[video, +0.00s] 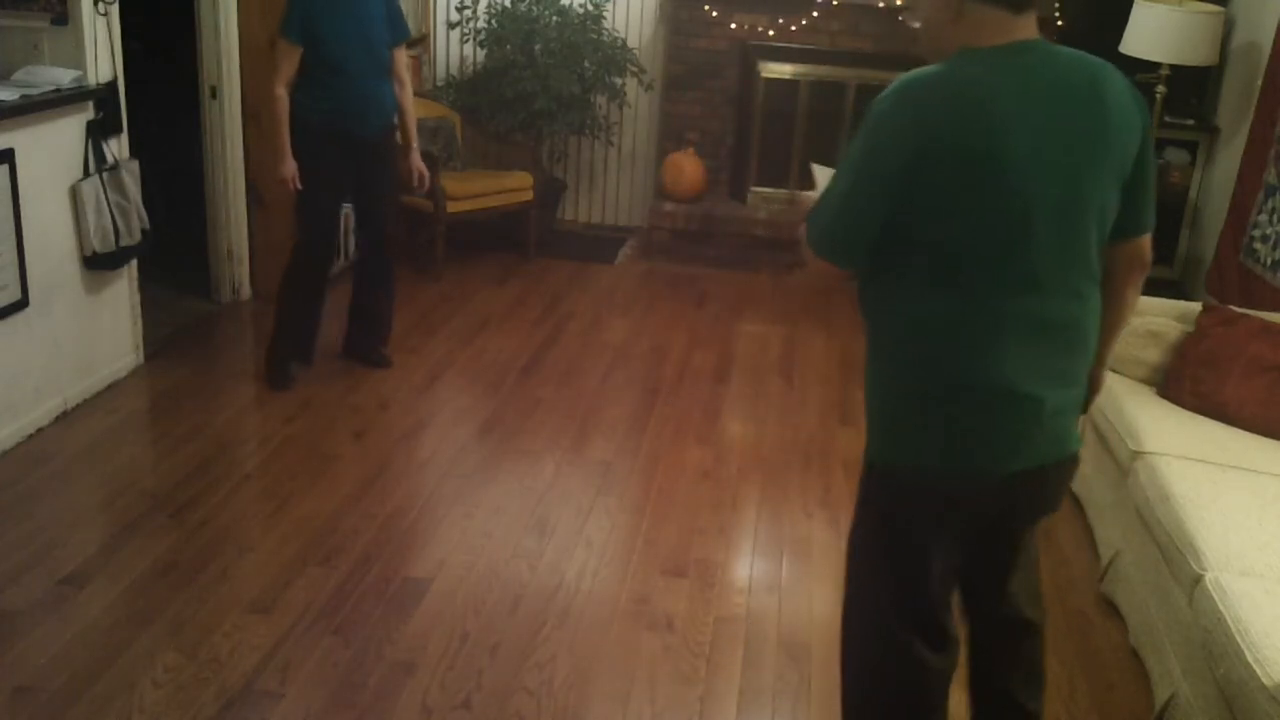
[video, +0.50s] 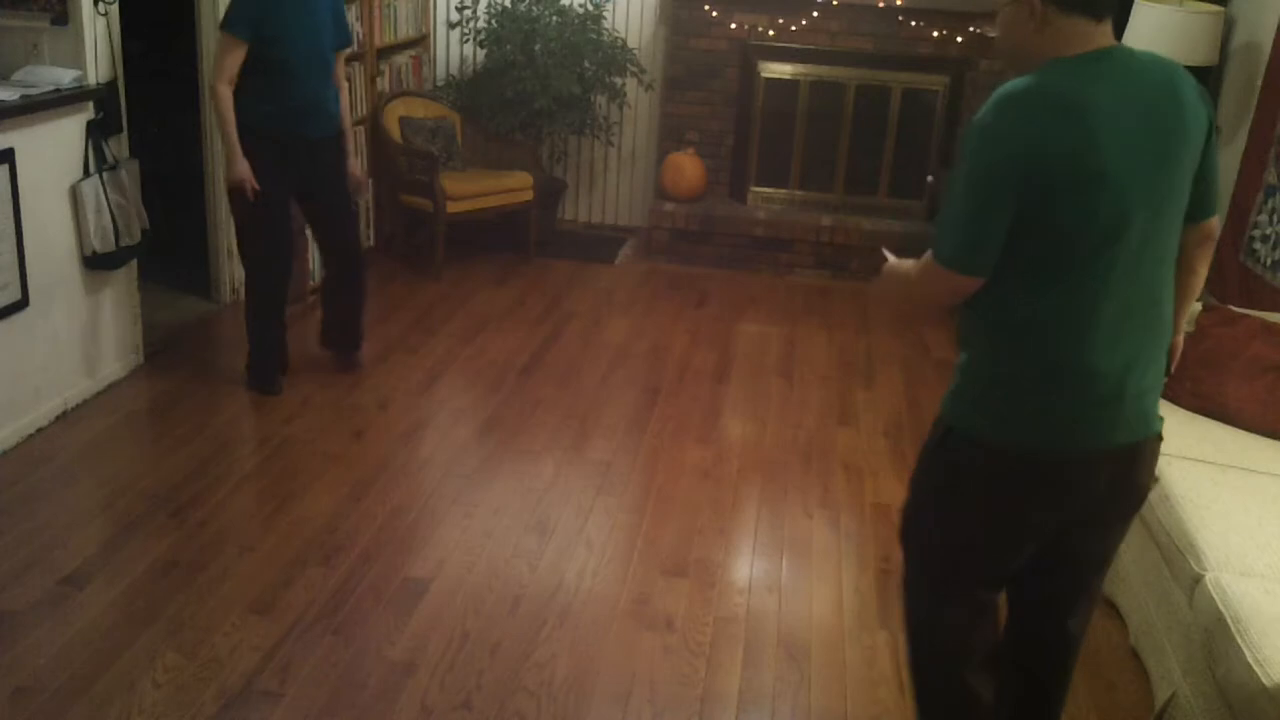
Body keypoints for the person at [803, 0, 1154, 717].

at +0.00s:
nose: (911, 17)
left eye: (918, 5)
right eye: (912, 6)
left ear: (954, 6)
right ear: (1030, 7)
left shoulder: (916, 103)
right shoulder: (1113, 96)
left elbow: (831, 254)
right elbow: (1130, 260)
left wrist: (824, 205)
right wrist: (1091, 367)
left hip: (926, 441)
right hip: (1045, 438)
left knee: (897, 636)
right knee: (1009, 605)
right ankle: (1012, 711)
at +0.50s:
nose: (994, 27)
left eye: (999, 12)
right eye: (994, 13)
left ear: (1033, 11)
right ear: (1101, 13)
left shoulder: (1018, 110)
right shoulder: (1182, 94)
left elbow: (956, 274)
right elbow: (1200, 233)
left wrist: (901, 275)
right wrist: (1175, 328)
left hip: (1004, 439)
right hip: (1124, 443)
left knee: (945, 596)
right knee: (1051, 627)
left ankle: (957, 708)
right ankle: (1029, 711)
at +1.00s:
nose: (984, 29)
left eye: (993, 13)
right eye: (987, 15)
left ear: (1030, 11)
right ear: (1092, 15)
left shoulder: (1028, 105)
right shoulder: (1167, 99)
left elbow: (963, 263)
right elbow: (1174, 239)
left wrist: (898, 282)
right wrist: (1125, 318)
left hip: (1015, 432)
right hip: (1121, 433)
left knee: (941, 625)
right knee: (1045, 627)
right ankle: (1028, 716)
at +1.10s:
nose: (972, 29)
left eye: (980, 13)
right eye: (973, 16)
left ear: (1020, 10)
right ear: (1075, 13)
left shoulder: (1022, 102)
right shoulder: (1153, 94)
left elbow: (954, 262)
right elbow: (1165, 236)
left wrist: (883, 273)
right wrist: (1116, 316)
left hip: (1012, 435)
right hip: (1113, 434)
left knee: (933, 648)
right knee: (1042, 642)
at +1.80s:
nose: (819, 33)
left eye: (824, 16)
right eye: (820, 18)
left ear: (860, 12)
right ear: (927, 14)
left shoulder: (850, 108)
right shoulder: (1021, 98)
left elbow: (775, 283)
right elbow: (1053, 258)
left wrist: (728, 299)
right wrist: (1038, 379)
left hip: (884, 439)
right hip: (982, 431)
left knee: (896, 647)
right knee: (883, 614)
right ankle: (840, 704)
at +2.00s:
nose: (769, 27)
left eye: (774, 11)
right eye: (769, 14)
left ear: (804, 9)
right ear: (872, 10)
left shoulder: (798, 106)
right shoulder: (957, 94)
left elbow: (750, 282)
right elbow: (988, 251)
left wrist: (691, 367)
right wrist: (977, 363)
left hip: (828, 426)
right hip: (927, 418)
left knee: (851, 623)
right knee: (822, 609)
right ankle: (766, 712)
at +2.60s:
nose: (608, 9)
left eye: (611, 3)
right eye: (611, 5)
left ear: (627, 0)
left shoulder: (609, 67)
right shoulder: (756, 63)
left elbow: (560, 221)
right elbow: (780, 203)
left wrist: (516, 334)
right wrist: (752, 303)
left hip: (609, 356)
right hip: (711, 354)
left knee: (574, 522)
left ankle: (558, 660)